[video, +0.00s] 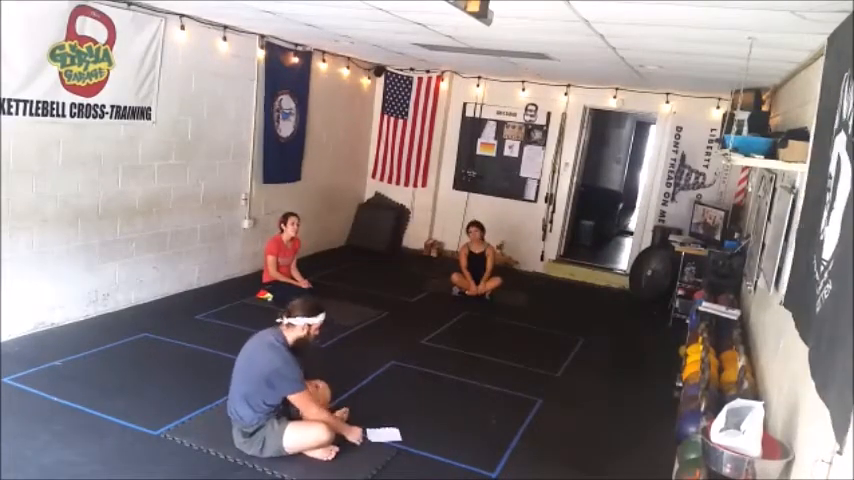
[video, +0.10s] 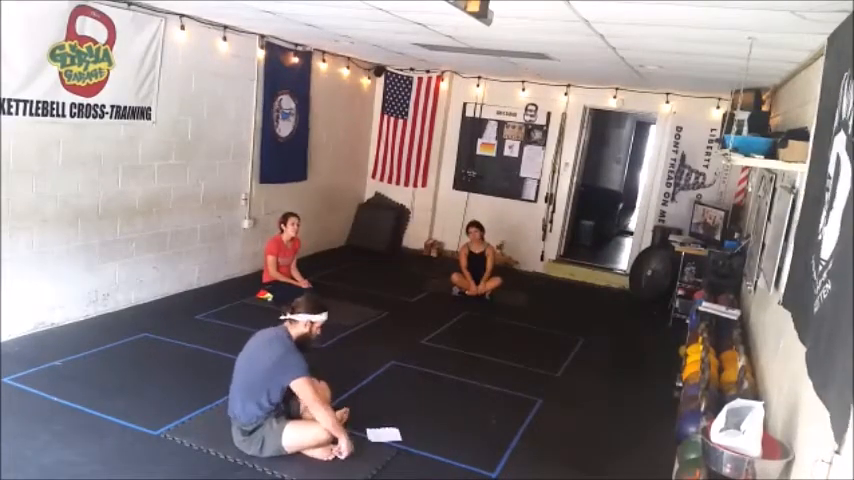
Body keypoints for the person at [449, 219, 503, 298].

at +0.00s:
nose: (473, 234)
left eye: (476, 231)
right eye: (470, 232)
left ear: (482, 233)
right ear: (468, 235)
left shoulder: (489, 249)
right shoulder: (464, 248)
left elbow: (489, 269)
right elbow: (464, 268)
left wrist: (482, 283)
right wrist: (472, 284)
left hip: (483, 276)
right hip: (469, 275)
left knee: (498, 280)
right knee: (454, 276)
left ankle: (467, 292)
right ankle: (481, 293)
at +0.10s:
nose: (473, 235)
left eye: (476, 232)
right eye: (470, 233)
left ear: (481, 233)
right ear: (468, 235)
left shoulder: (489, 249)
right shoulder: (464, 249)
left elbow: (489, 269)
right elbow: (464, 268)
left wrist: (482, 283)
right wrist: (472, 284)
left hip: (483, 276)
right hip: (469, 275)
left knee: (498, 280)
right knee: (454, 276)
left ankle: (467, 293)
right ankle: (482, 293)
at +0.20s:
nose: (473, 235)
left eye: (475, 232)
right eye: (470, 233)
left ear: (481, 233)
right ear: (467, 235)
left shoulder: (489, 249)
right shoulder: (464, 249)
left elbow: (489, 269)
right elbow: (464, 268)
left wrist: (482, 283)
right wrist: (472, 284)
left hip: (483, 276)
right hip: (469, 275)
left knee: (498, 280)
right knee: (454, 276)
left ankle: (467, 293)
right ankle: (482, 293)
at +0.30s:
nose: (473, 235)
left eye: (475, 232)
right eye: (470, 233)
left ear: (481, 233)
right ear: (467, 235)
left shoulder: (489, 249)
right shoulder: (464, 249)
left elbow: (489, 269)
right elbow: (464, 268)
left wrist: (482, 283)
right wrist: (472, 284)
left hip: (483, 276)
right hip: (469, 275)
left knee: (498, 280)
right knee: (454, 276)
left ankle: (467, 293)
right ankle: (482, 293)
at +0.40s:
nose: (473, 235)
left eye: (476, 232)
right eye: (470, 233)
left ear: (482, 233)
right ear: (468, 235)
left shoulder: (489, 249)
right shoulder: (465, 249)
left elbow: (489, 269)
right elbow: (464, 268)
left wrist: (482, 283)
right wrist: (472, 284)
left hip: (483, 276)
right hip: (469, 275)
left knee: (498, 280)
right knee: (454, 277)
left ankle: (467, 293)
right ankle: (481, 293)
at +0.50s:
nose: (474, 235)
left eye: (477, 232)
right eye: (471, 233)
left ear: (482, 234)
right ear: (468, 235)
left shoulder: (489, 249)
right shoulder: (464, 248)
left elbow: (489, 269)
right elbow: (464, 268)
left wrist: (482, 283)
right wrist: (472, 284)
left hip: (483, 276)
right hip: (469, 275)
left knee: (498, 280)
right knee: (454, 276)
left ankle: (467, 293)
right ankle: (481, 293)